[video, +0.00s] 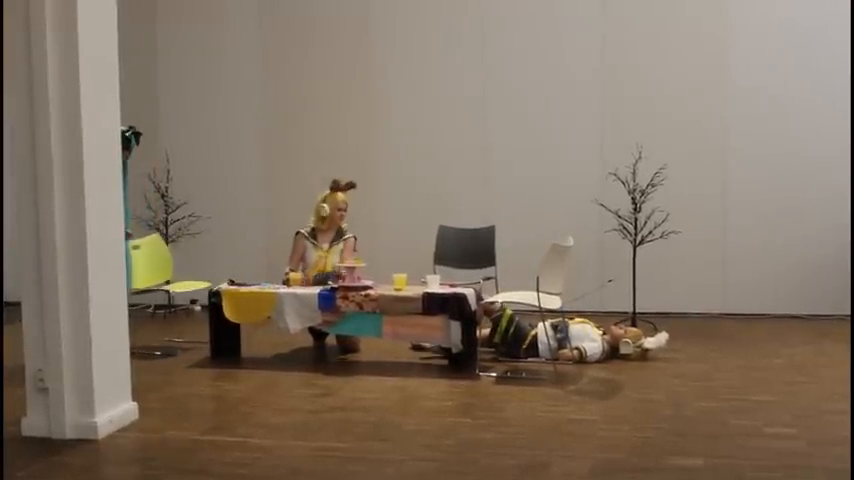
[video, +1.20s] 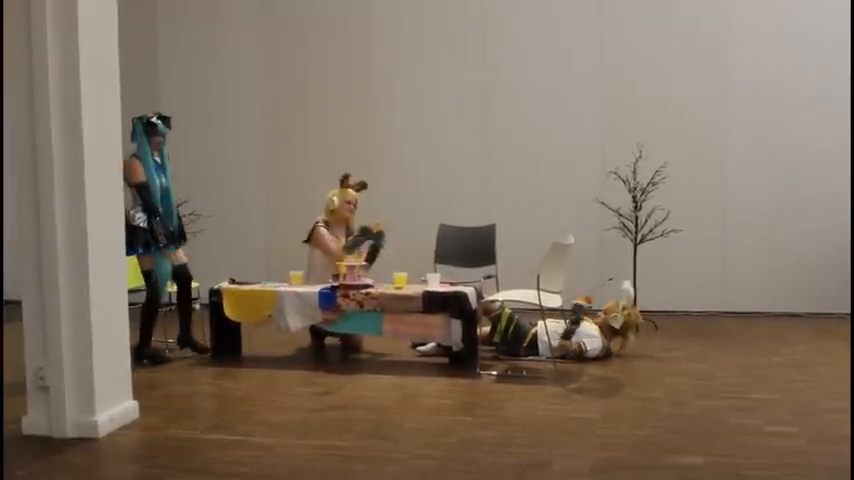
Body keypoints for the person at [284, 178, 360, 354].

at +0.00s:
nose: (343, 215)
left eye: (345, 211)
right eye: (339, 210)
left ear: (346, 212)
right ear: (325, 211)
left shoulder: (347, 238)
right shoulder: (304, 236)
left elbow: (347, 268)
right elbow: (293, 268)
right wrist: (293, 278)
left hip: (337, 292)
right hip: (309, 293)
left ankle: (344, 338)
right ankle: (318, 342)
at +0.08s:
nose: (346, 214)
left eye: (347, 209)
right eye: (342, 209)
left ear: (348, 211)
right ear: (326, 210)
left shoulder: (349, 239)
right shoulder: (306, 236)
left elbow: (351, 270)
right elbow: (293, 267)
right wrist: (291, 278)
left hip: (340, 296)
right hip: (311, 296)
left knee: (353, 346)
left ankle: (344, 339)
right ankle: (319, 343)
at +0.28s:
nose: (354, 209)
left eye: (355, 204)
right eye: (349, 204)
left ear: (356, 207)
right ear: (335, 206)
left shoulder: (355, 234)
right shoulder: (316, 233)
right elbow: (296, 262)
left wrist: (398, 250)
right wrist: (293, 274)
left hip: (349, 297)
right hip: (319, 298)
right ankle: (320, 337)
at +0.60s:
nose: (376, 214)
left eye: (376, 210)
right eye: (371, 209)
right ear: (356, 212)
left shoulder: (372, 244)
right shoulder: (337, 234)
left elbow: (371, 280)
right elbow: (311, 250)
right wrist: (299, 269)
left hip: (355, 295)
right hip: (324, 293)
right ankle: (319, 332)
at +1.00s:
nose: (365, 204)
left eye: (367, 201)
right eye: (361, 199)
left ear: (368, 206)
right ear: (347, 201)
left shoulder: (365, 233)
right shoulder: (326, 226)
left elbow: (361, 264)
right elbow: (304, 249)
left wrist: (375, 260)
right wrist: (312, 259)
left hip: (352, 286)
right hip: (324, 285)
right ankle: (319, 332)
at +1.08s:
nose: (359, 204)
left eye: (362, 201)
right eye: (355, 199)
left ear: (363, 206)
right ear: (342, 201)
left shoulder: (361, 232)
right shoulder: (322, 227)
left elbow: (362, 270)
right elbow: (311, 262)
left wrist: (367, 256)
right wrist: (333, 253)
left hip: (351, 287)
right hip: (322, 287)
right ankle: (319, 331)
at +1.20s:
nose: (352, 208)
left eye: (355, 204)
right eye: (348, 203)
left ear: (356, 208)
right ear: (334, 204)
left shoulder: (350, 232)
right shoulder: (319, 230)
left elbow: (362, 265)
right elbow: (338, 254)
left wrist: (376, 246)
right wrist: (361, 238)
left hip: (346, 296)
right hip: (318, 297)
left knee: (355, 344)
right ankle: (318, 334)